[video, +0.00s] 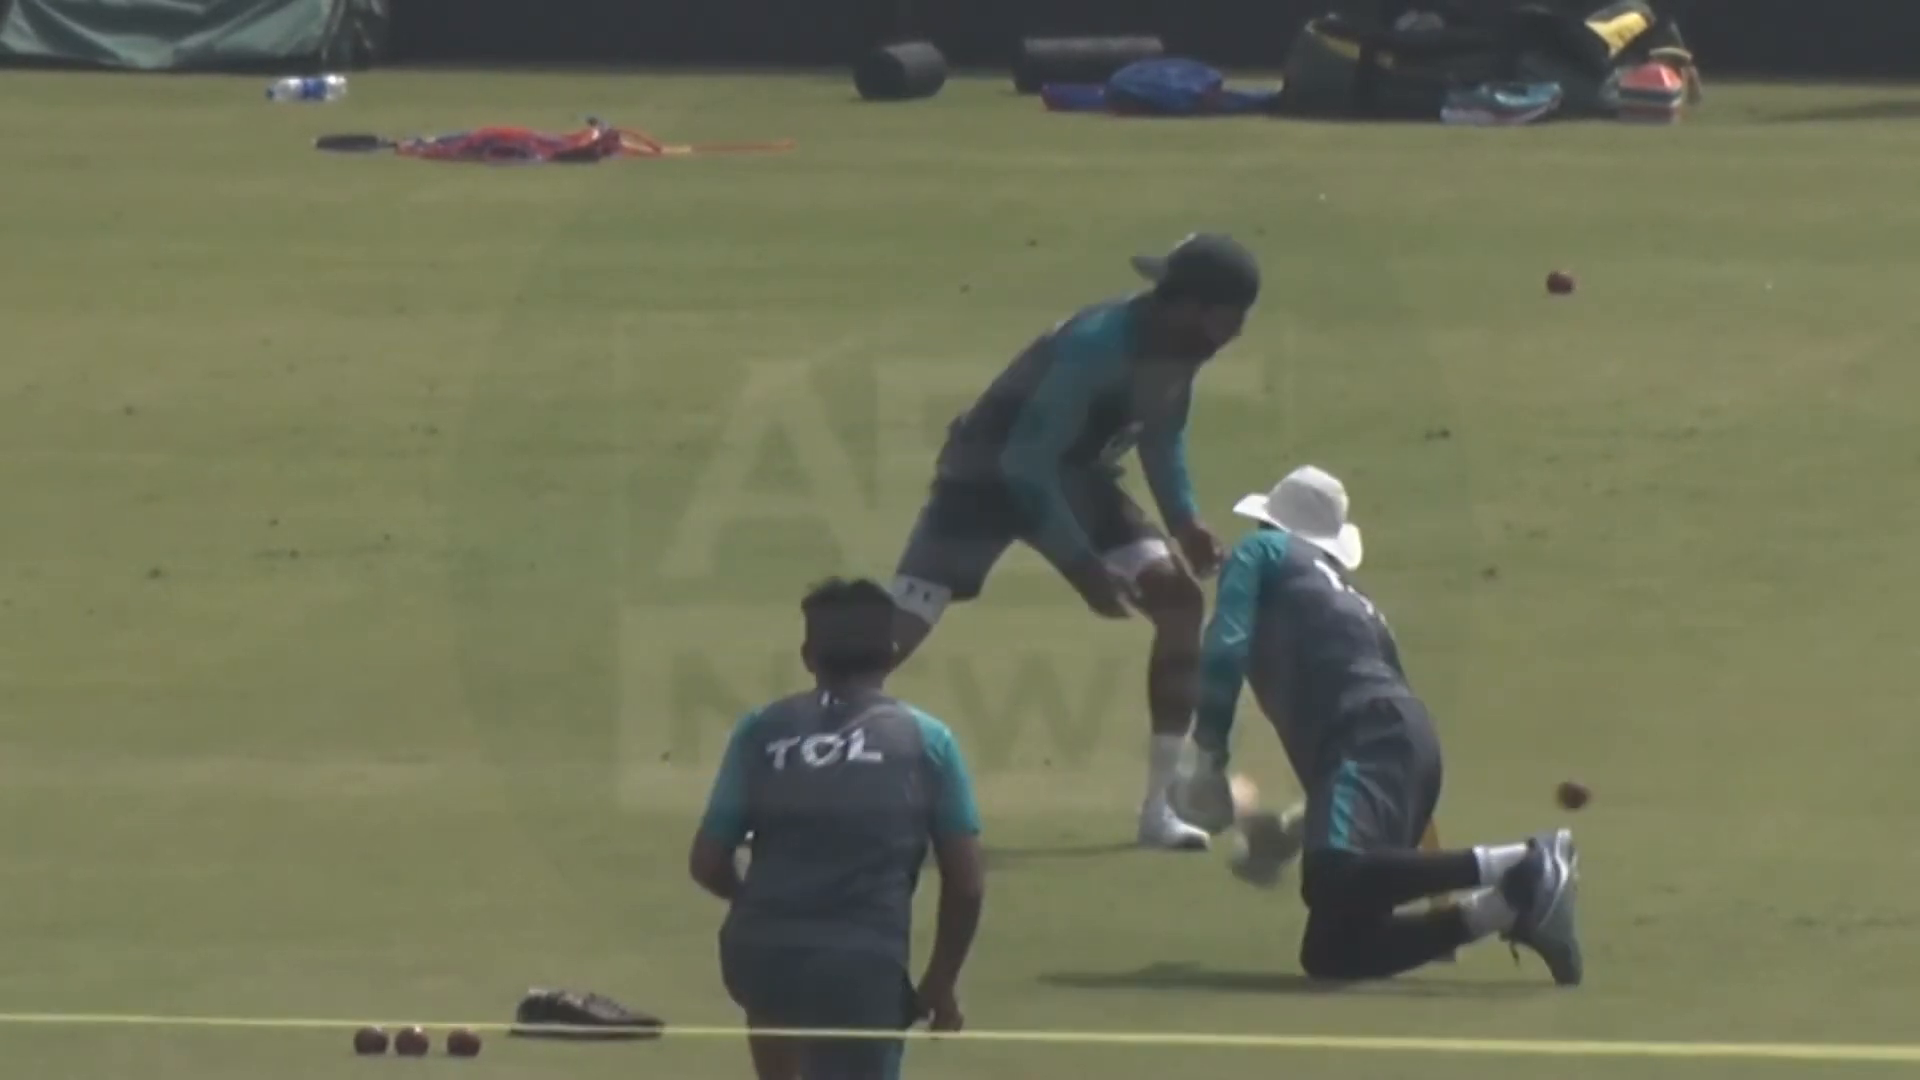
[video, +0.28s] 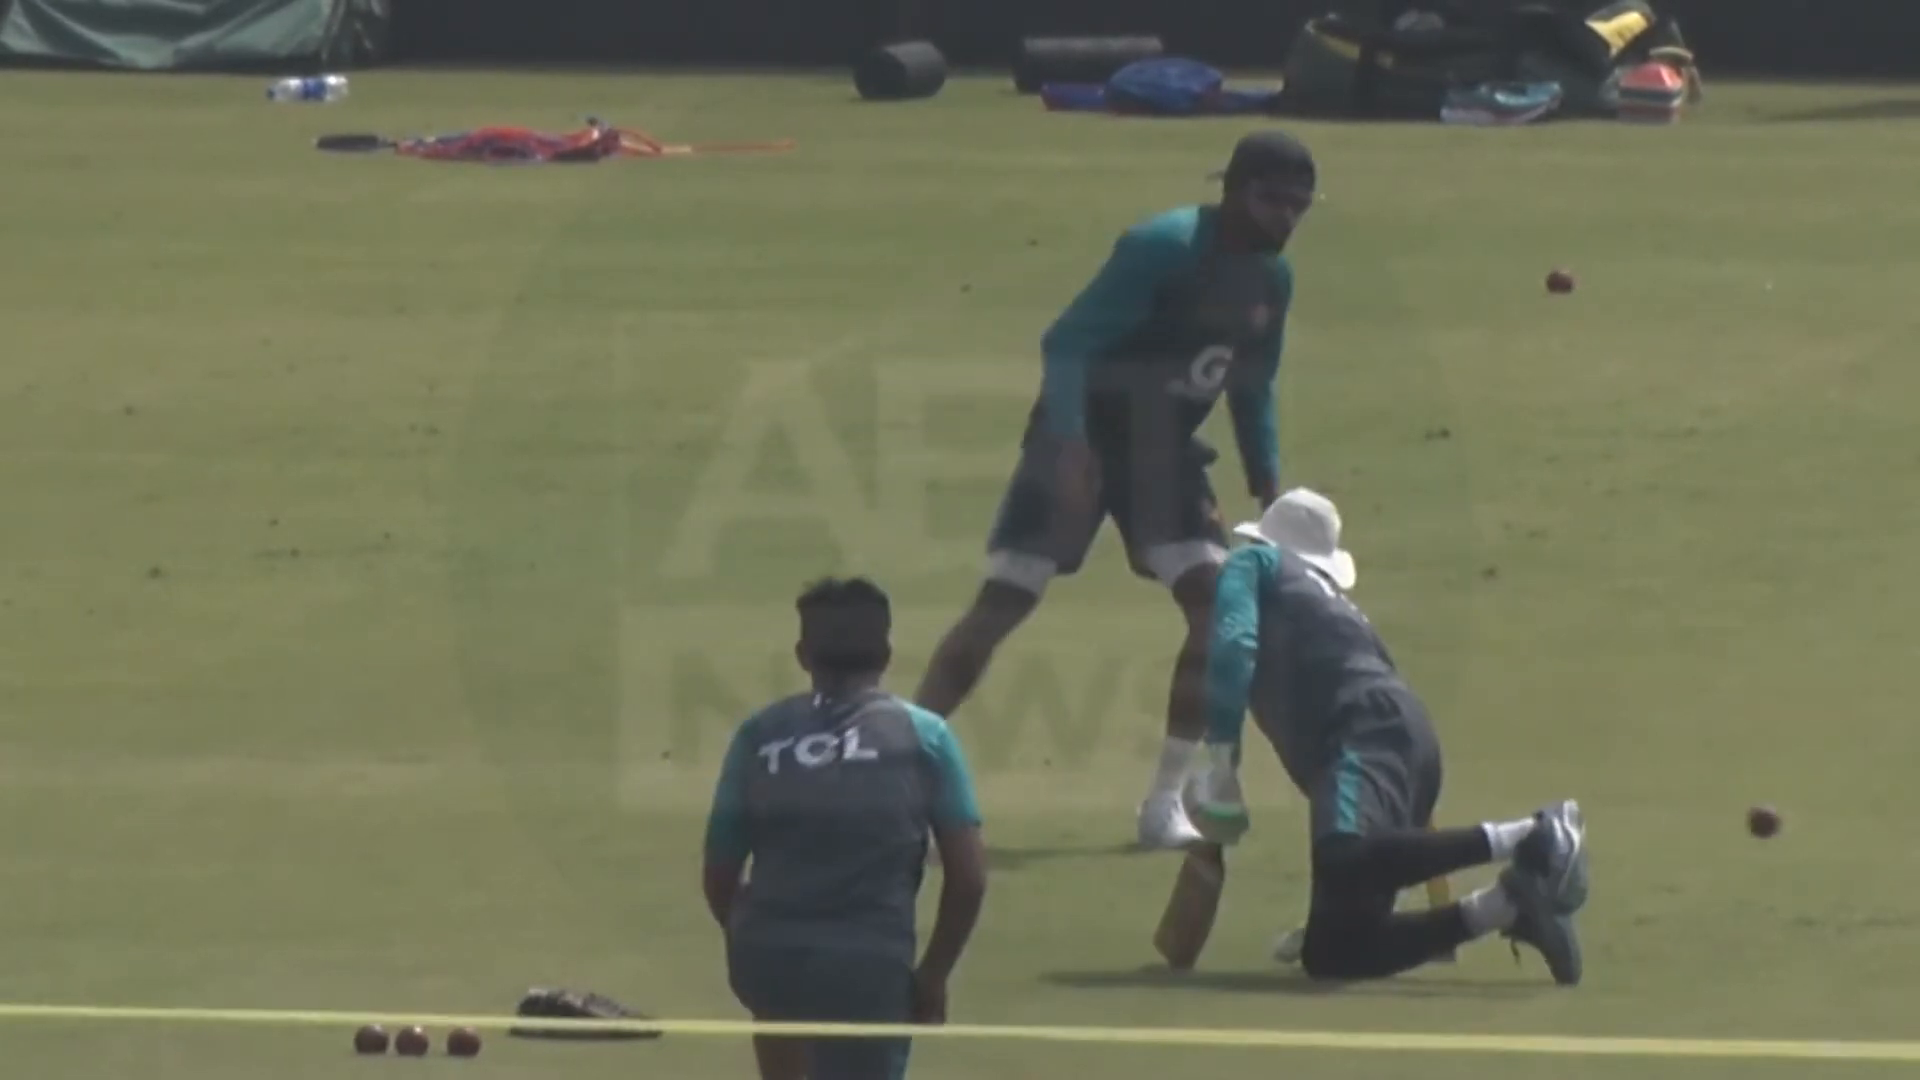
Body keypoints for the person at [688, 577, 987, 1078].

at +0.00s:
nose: (805, 652)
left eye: (807, 643)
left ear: (809, 655)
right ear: (891, 656)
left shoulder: (760, 731)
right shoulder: (928, 741)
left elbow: (707, 863)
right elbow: (965, 886)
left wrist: (759, 900)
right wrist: (939, 985)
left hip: (761, 954)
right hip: (862, 965)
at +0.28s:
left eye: (801, 645)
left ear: (804, 657)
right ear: (885, 657)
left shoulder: (758, 735)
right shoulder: (925, 735)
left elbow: (720, 882)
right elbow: (968, 878)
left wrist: (766, 947)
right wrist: (933, 976)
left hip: (770, 958)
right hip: (870, 965)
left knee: (779, 1026)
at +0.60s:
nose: (794, 665)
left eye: (796, 655)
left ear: (803, 669)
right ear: (884, 667)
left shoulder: (759, 745)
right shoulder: (922, 737)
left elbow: (736, 886)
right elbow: (971, 877)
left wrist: (745, 986)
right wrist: (944, 983)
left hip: (770, 965)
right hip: (870, 968)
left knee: (785, 1069)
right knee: (869, 1068)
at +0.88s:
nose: (799, 672)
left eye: (801, 662)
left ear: (806, 674)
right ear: (887, 672)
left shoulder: (763, 744)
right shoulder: (925, 740)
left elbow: (727, 894)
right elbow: (967, 879)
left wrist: (746, 979)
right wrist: (939, 986)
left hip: (774, 961)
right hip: (872, 963)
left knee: (788, 1067)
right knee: (871, 1067)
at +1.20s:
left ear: (812, 676)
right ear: (893, 676)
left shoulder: (769, 743)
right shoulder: (930, 743)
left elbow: (722, 892)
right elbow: (972, 882)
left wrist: (743, 979)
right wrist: (947, 991)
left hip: (773, 960)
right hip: (871, 964)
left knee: (792, 1065)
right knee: (873, 1068)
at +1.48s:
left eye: (805, 673)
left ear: (810, 683)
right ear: (891, 680)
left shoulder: (767, 751)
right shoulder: (927, 743)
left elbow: (736, 901)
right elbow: (971, 882)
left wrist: (751, 997)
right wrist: (946, 989)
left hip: (773, 970)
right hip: (872, 972)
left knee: (790, 1066)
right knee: (873, 1067)